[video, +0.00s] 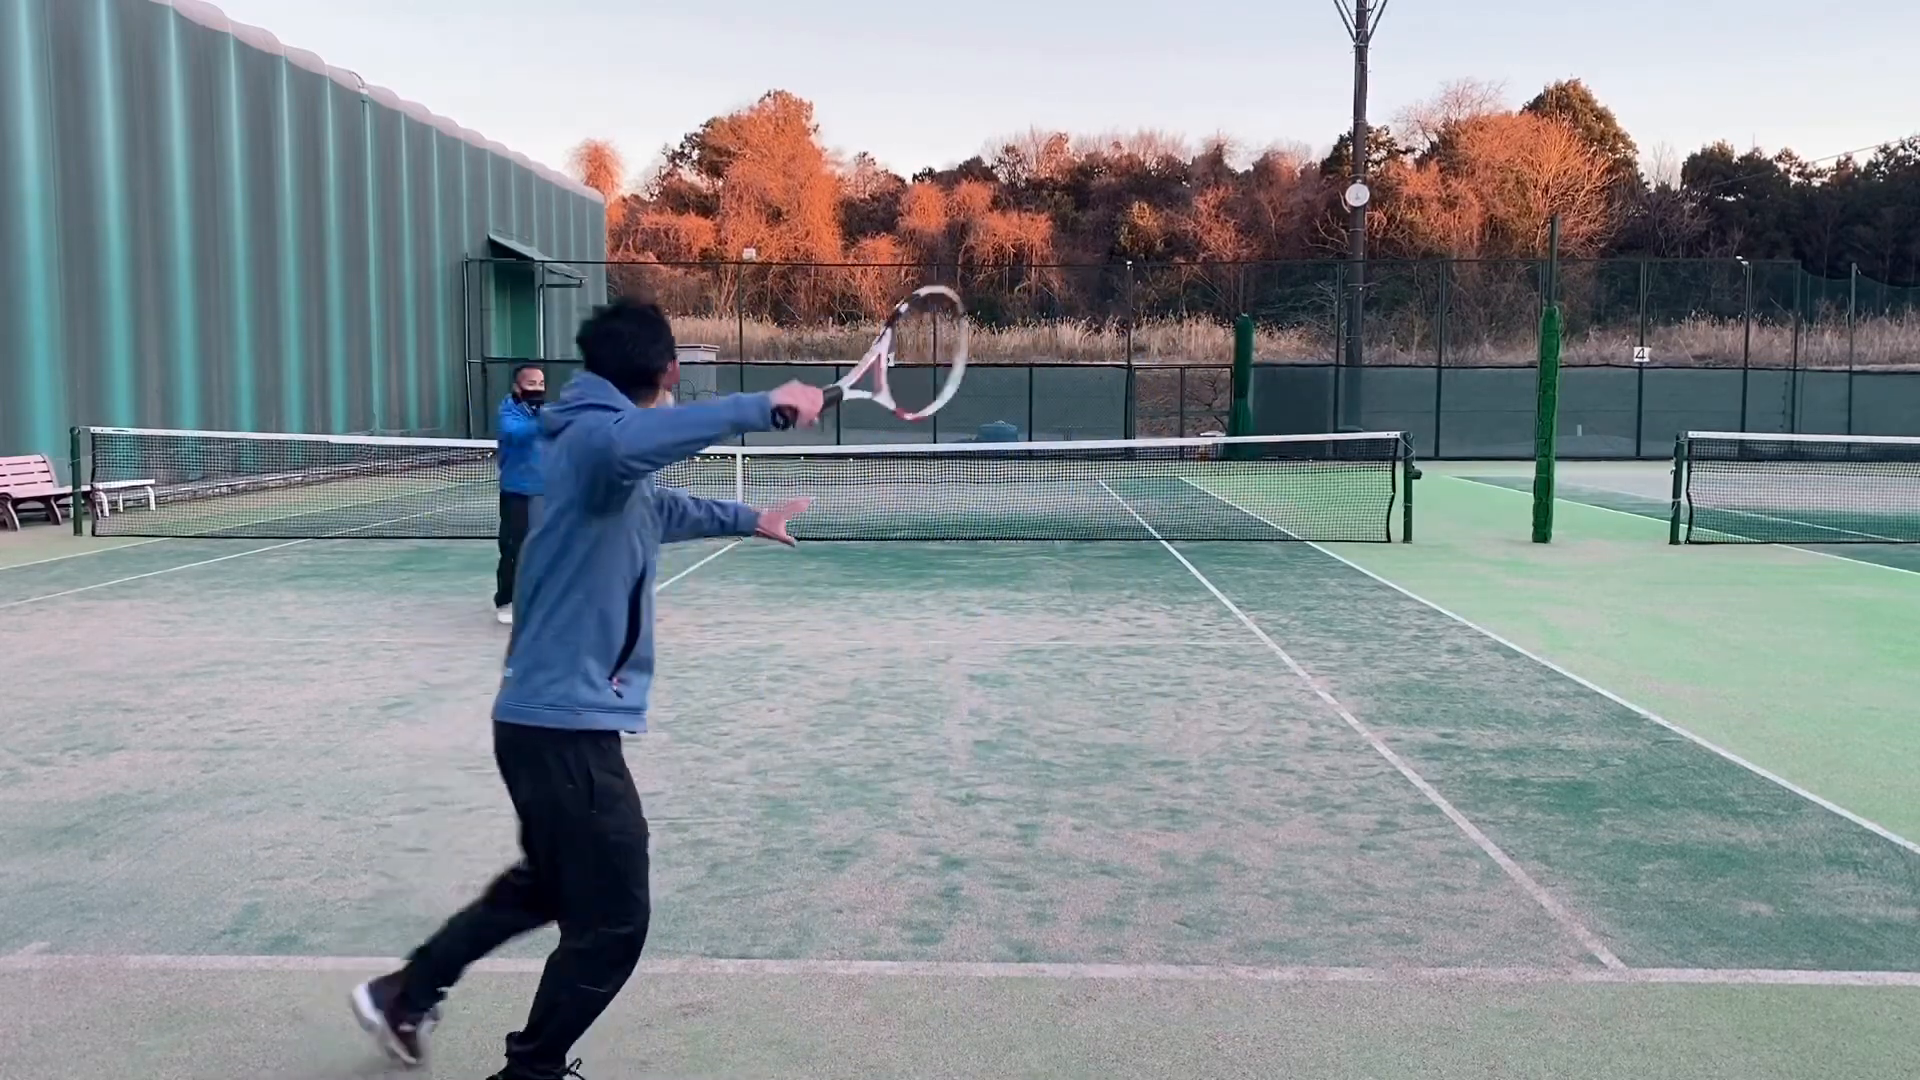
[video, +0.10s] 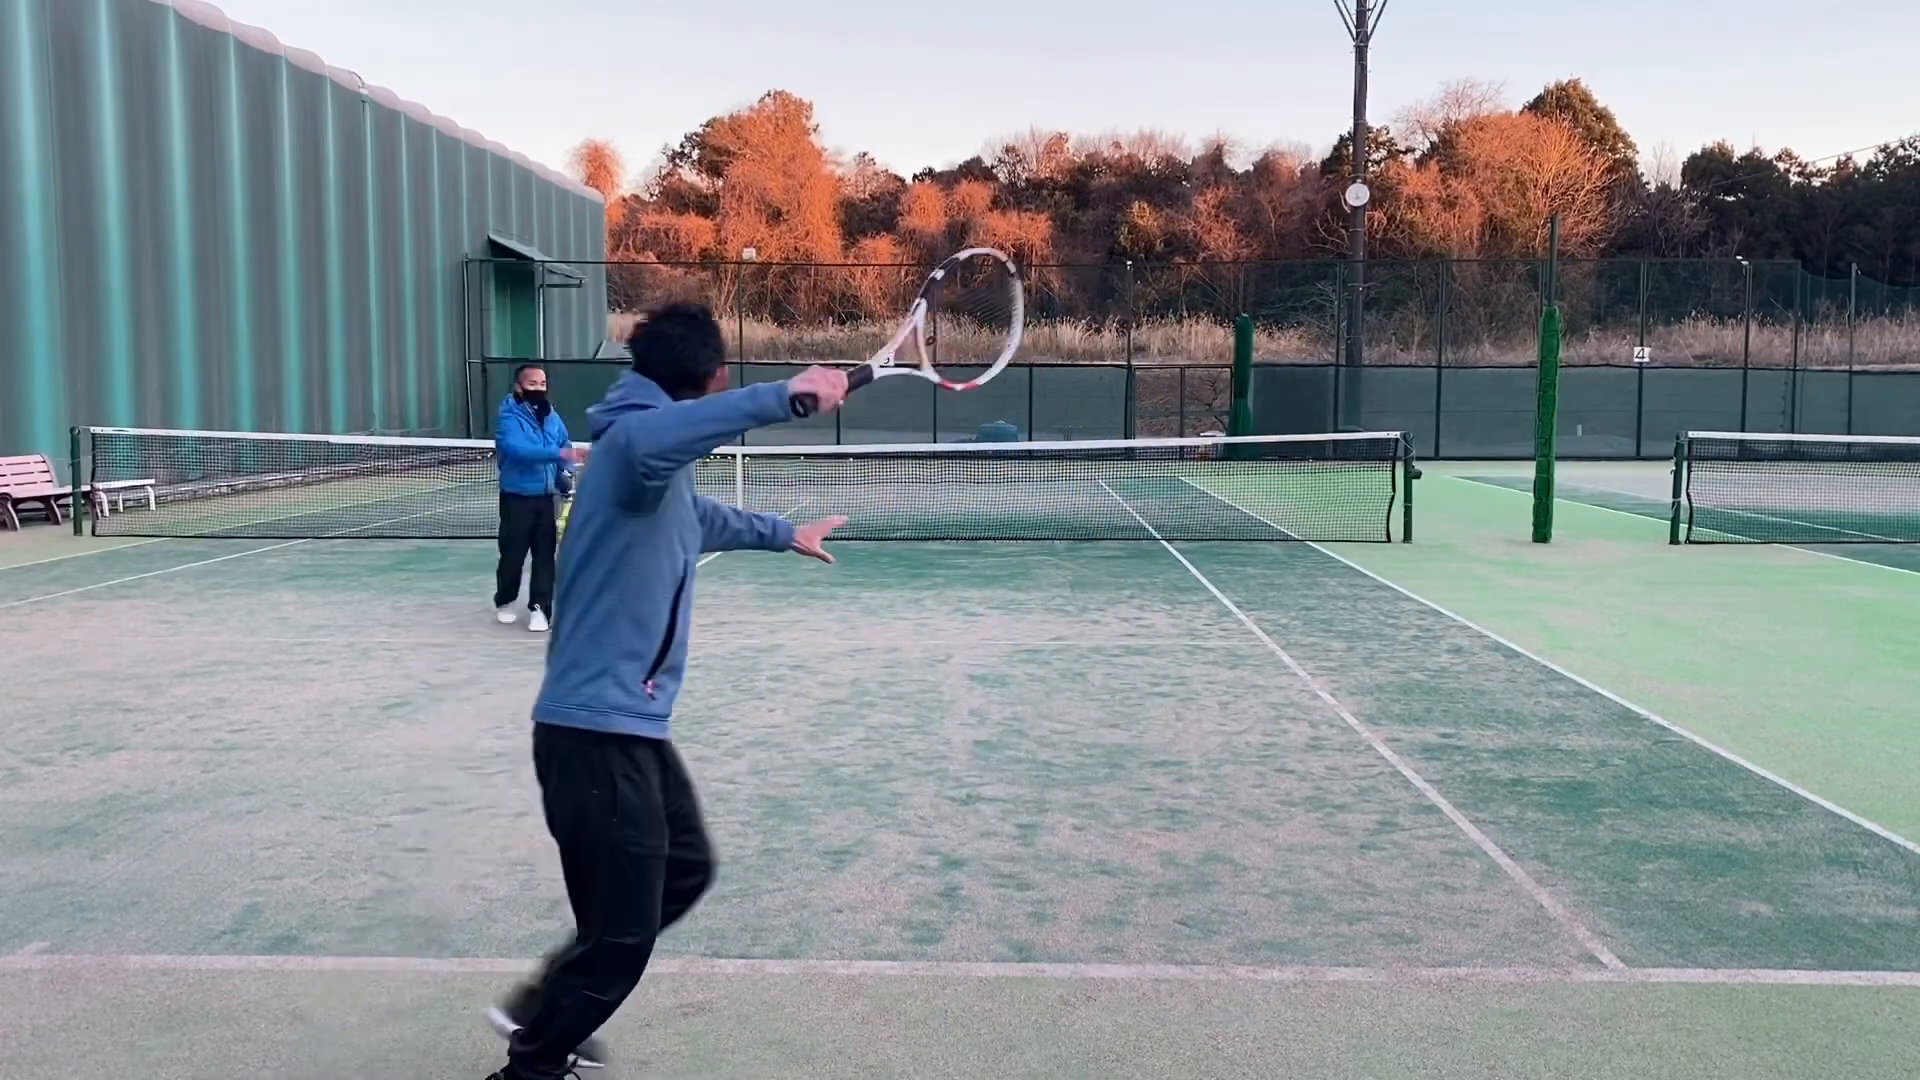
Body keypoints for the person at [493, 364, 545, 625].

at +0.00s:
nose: (536, 388)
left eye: (540, 383)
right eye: (530, 383)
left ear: (545, 385)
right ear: (517, 386)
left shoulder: (549, 411)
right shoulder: (509, 409)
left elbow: (560, 430)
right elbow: (512, 431)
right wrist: (544, 422)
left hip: (547, 487)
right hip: (516, 488)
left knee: (544, 546)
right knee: (512, 546)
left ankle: (540, 606)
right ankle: (505, 602)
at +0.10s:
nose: (539, 388)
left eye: (542, 383)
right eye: (532, 383)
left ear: (546, 385)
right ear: (519, 385)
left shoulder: (550, 414)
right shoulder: (509, 413)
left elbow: (564, 445)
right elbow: (514, 448)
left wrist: (565, 474)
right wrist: (557, 453)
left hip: (545, 494)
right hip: (516, 494)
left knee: (544, 555)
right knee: (513, 554)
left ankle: (540, 609)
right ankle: (504, 601)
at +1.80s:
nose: (527, 390)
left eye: (531, 385)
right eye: (521, 385)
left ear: (537, 387)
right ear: (511, 388)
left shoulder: (551, 417)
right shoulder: (500, 420)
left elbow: (568, 450)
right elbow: (500, 465)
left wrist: (566, 471)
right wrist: (529, 473)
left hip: (544, 497)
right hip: (512, 498)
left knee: (543, 554)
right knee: (512, 555)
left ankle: (540, 609)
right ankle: (511, 603)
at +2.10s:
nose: (513, 392)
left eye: (517, 387)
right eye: (507, 387)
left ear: (525, 387)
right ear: (499, 390)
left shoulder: (542, 416)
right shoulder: (490, 420)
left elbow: (566, 448)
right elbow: (483, 458)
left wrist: (565, 472)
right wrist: (493, 483)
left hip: (535, 495)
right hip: (503, 496)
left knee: (536, 550)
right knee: (505, 553)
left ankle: (538, 603)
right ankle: (512, 604)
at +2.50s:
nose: (497, 396)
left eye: (501, 390)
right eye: (491, 393)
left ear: (510, 389)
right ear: (485, 395)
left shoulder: (533, 416)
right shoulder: (484, 425)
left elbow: (559, 441)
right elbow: (478, 466)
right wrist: (479, 502)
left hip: (536, 492)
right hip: (499, 497)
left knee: (535, 548)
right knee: (504, 550)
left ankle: (535, 601)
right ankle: (509, 602)